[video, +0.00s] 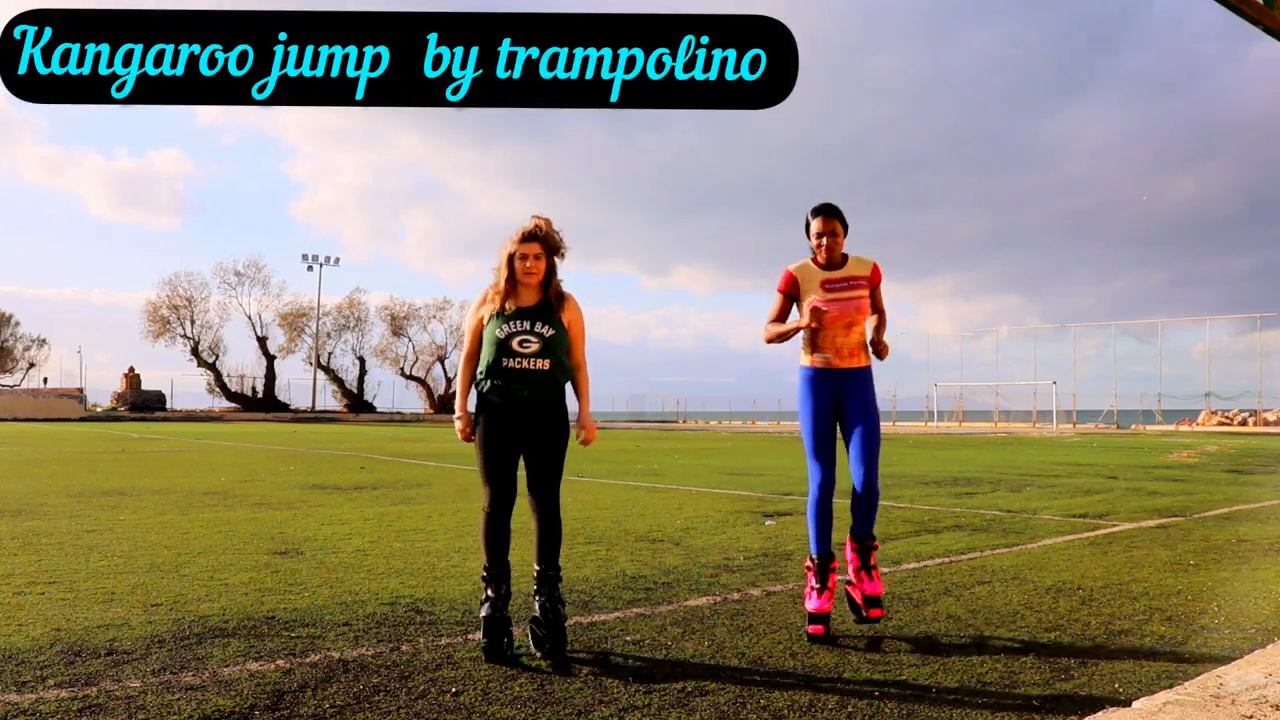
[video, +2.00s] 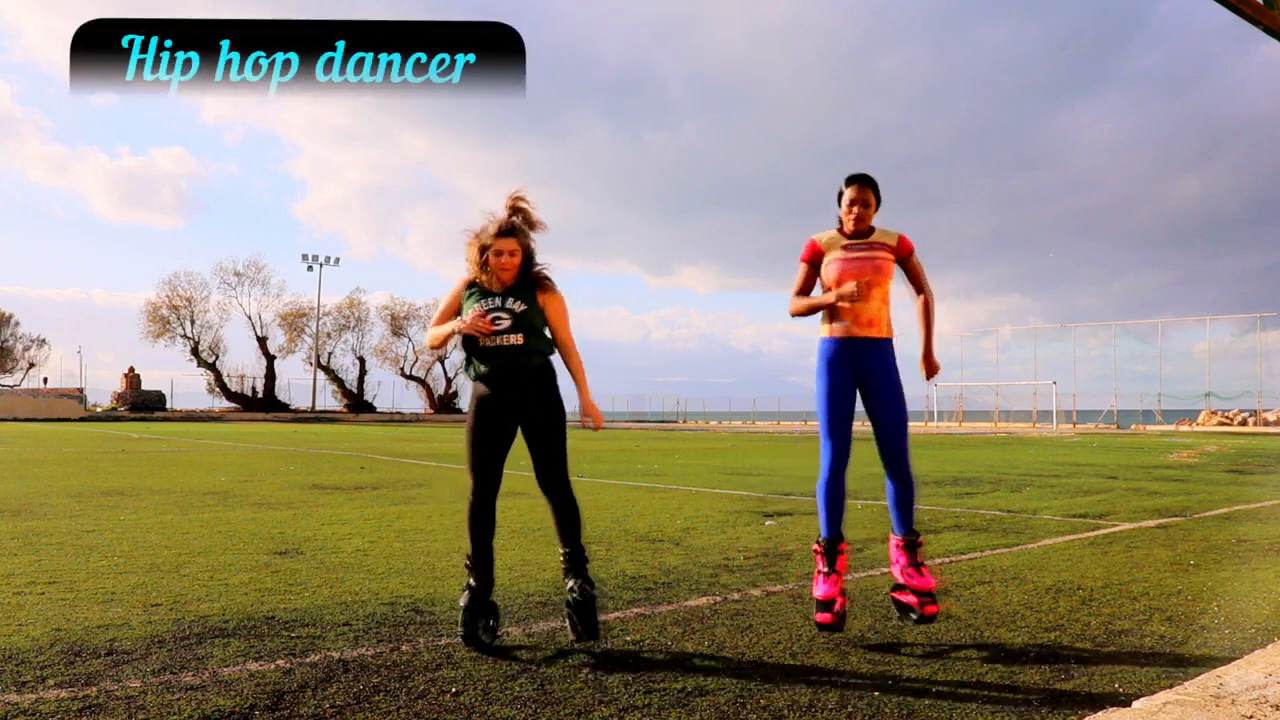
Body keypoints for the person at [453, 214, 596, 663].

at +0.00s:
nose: (531, 263)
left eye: (539, 257)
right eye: (524, 256)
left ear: (549, 262)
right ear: (511, 259)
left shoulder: (565, 306)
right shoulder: (489, 302)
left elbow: (577, 362)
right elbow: (468, 357)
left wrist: (585, 410)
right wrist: (461, 408)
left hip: (547, 415)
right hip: (496, 414)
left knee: (545, 503)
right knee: (497, 502)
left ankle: (548, 595)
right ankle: (494, 597)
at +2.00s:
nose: (504, 260)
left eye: (512, 253)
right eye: (497, 253)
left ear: (524, 258)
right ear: (485, 257)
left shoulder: (542, 292)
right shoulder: (468, 290)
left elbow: (565, 344)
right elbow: (431, 340)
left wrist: (585, 398)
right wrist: (458, 325)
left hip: (540, 397)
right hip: (491, 398)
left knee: (556, 484)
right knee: (482, 490)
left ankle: (577, 578)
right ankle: (480, 585)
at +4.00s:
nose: (498, 275)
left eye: (506, 268)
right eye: (491, 268)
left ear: (517, 274)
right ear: (477, 272)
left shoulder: (533, 315)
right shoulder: (457, 315)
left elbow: (563, 366)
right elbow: (427, 372)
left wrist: (591, 411)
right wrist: (449, 339)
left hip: (534, 419)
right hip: (483, 426)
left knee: (582, 499)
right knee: (491, 518)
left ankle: (620, 578)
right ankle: (496, 611)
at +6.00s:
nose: (479, 281)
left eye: (486, 273)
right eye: (470, 273)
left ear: (496, 276)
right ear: (455, 275)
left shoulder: (514, 315)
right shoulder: (438, 319)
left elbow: (544, 360)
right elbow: (411, 371)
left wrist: (568, 402)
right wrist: (425, 354)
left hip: (515, 418)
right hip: (466, 425)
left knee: (564, 488)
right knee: (475, 513)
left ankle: (604, 567)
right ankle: (477, 606)